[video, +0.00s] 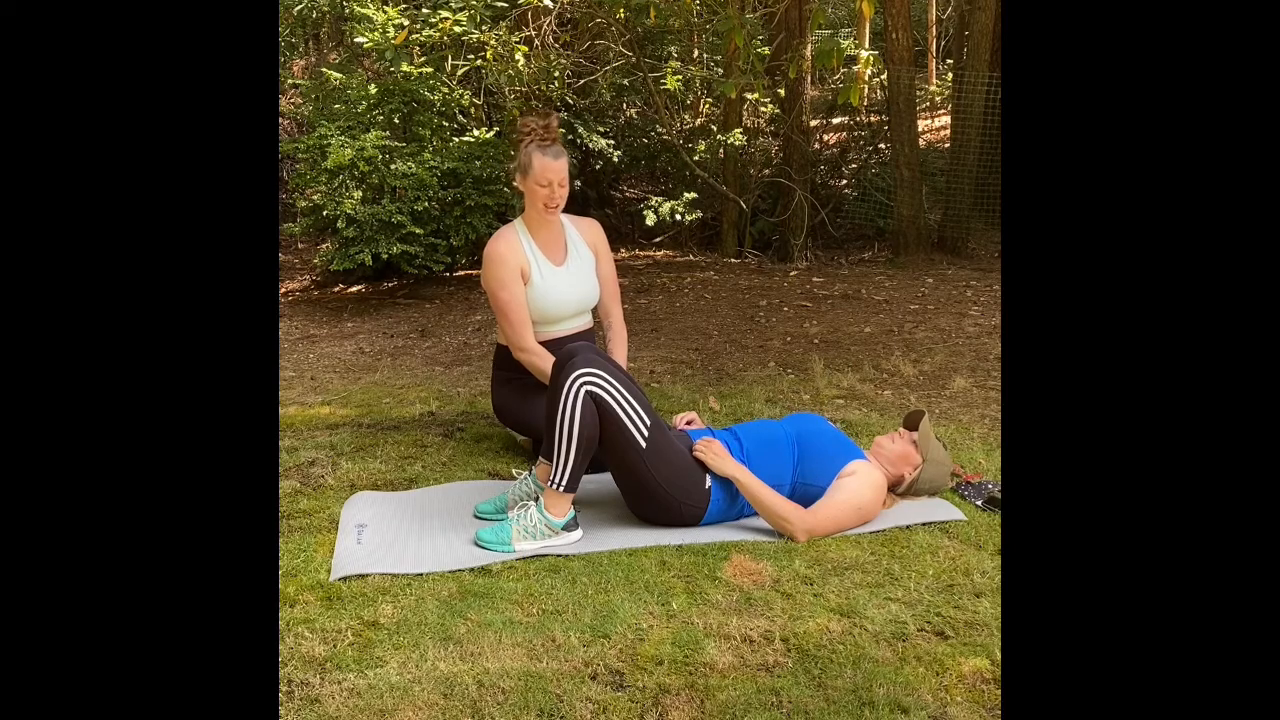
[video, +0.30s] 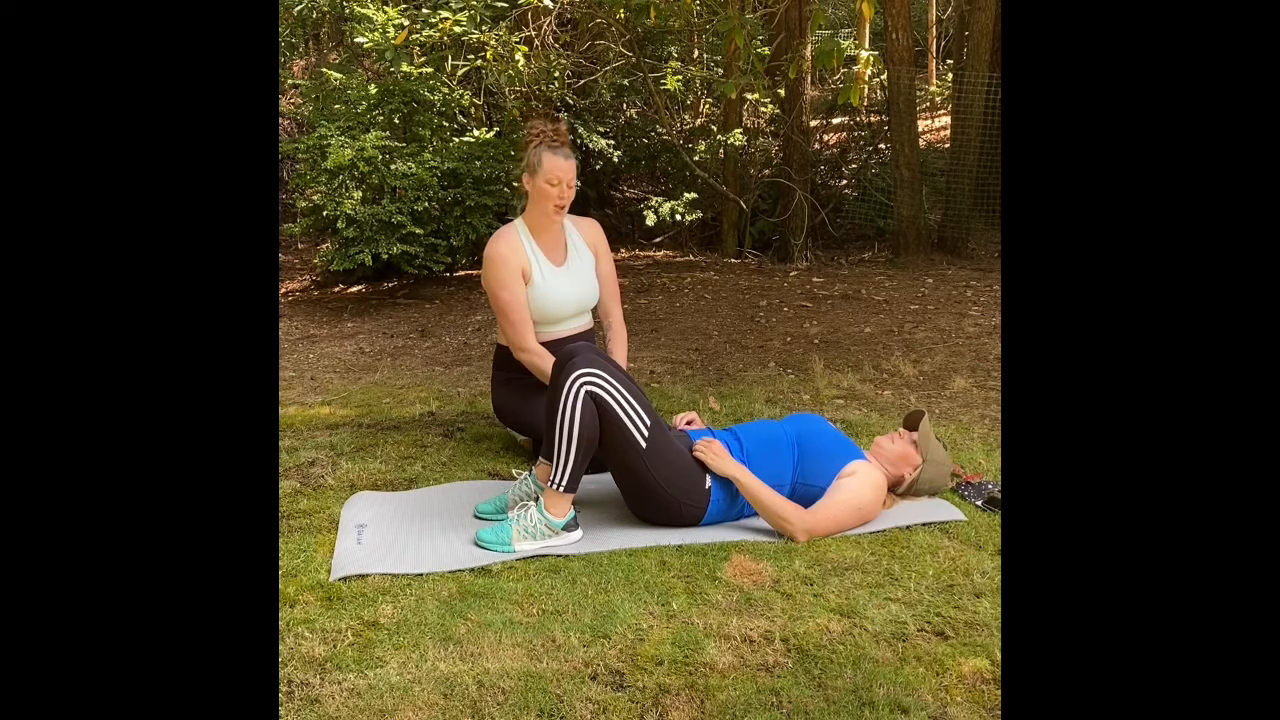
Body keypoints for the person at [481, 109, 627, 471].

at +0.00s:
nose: (555, 194)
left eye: (562, 183)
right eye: (544, 185)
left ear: (570, 180)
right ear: (520, 183)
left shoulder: (589, 232)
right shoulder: (504, 249)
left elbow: (613, 320)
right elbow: (523, 348)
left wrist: (614, 382)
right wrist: (584, 395)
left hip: (584, 366)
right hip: (523, 380)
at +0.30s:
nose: (565, 195)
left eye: (571, 184)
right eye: (554, 184)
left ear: (577, 183)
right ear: (526, 183)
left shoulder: (589, 232)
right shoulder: (504, 249)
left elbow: (613, 320)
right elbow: (523, 348)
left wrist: (614, 385)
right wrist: (586, 396)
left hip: (584, 366)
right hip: (523, 379)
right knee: (600, 445)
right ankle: (539, 442)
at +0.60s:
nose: (571, 196)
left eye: (576, 185)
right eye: (560, 184)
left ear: (582, 184)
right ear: (532, 182)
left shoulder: (590, 232)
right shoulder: (506, 248)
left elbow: (613, 321)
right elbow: (523, 348)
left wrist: (614, 384)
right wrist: (587, 398)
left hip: (584, 366)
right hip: (524, 379)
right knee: (603, 447)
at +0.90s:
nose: (566, 194)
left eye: (574, 184)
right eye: (557, 181)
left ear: (581, 186)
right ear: (532, 180)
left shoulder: (591, 232)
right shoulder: (507, 248)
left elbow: (614, 321)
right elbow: (523, 348)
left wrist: (614, 383)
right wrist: (588, 396)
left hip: (584, 367)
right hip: (524, 380)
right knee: (602, 446)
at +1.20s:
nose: (562, 191)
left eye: (571, 181)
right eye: (552, 179)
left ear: (580, 185)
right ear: (530, 179)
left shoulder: (592, 233)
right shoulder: (508, 247)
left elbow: (614, 322)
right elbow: (524, 347)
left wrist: (613, 384)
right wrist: (588, 397)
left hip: (585, 367)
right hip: (524, 379)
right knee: (603, 446)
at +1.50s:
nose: (562, 191)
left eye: (570, 181)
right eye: (551, 179)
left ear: (579, 183)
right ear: (530, 179)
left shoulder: (592, 233)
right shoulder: (508, 247)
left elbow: (614, 322)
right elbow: (524, 347)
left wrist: (613, 385)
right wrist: (588, 396)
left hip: (584, 367)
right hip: (524, 379)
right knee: (602, 446)